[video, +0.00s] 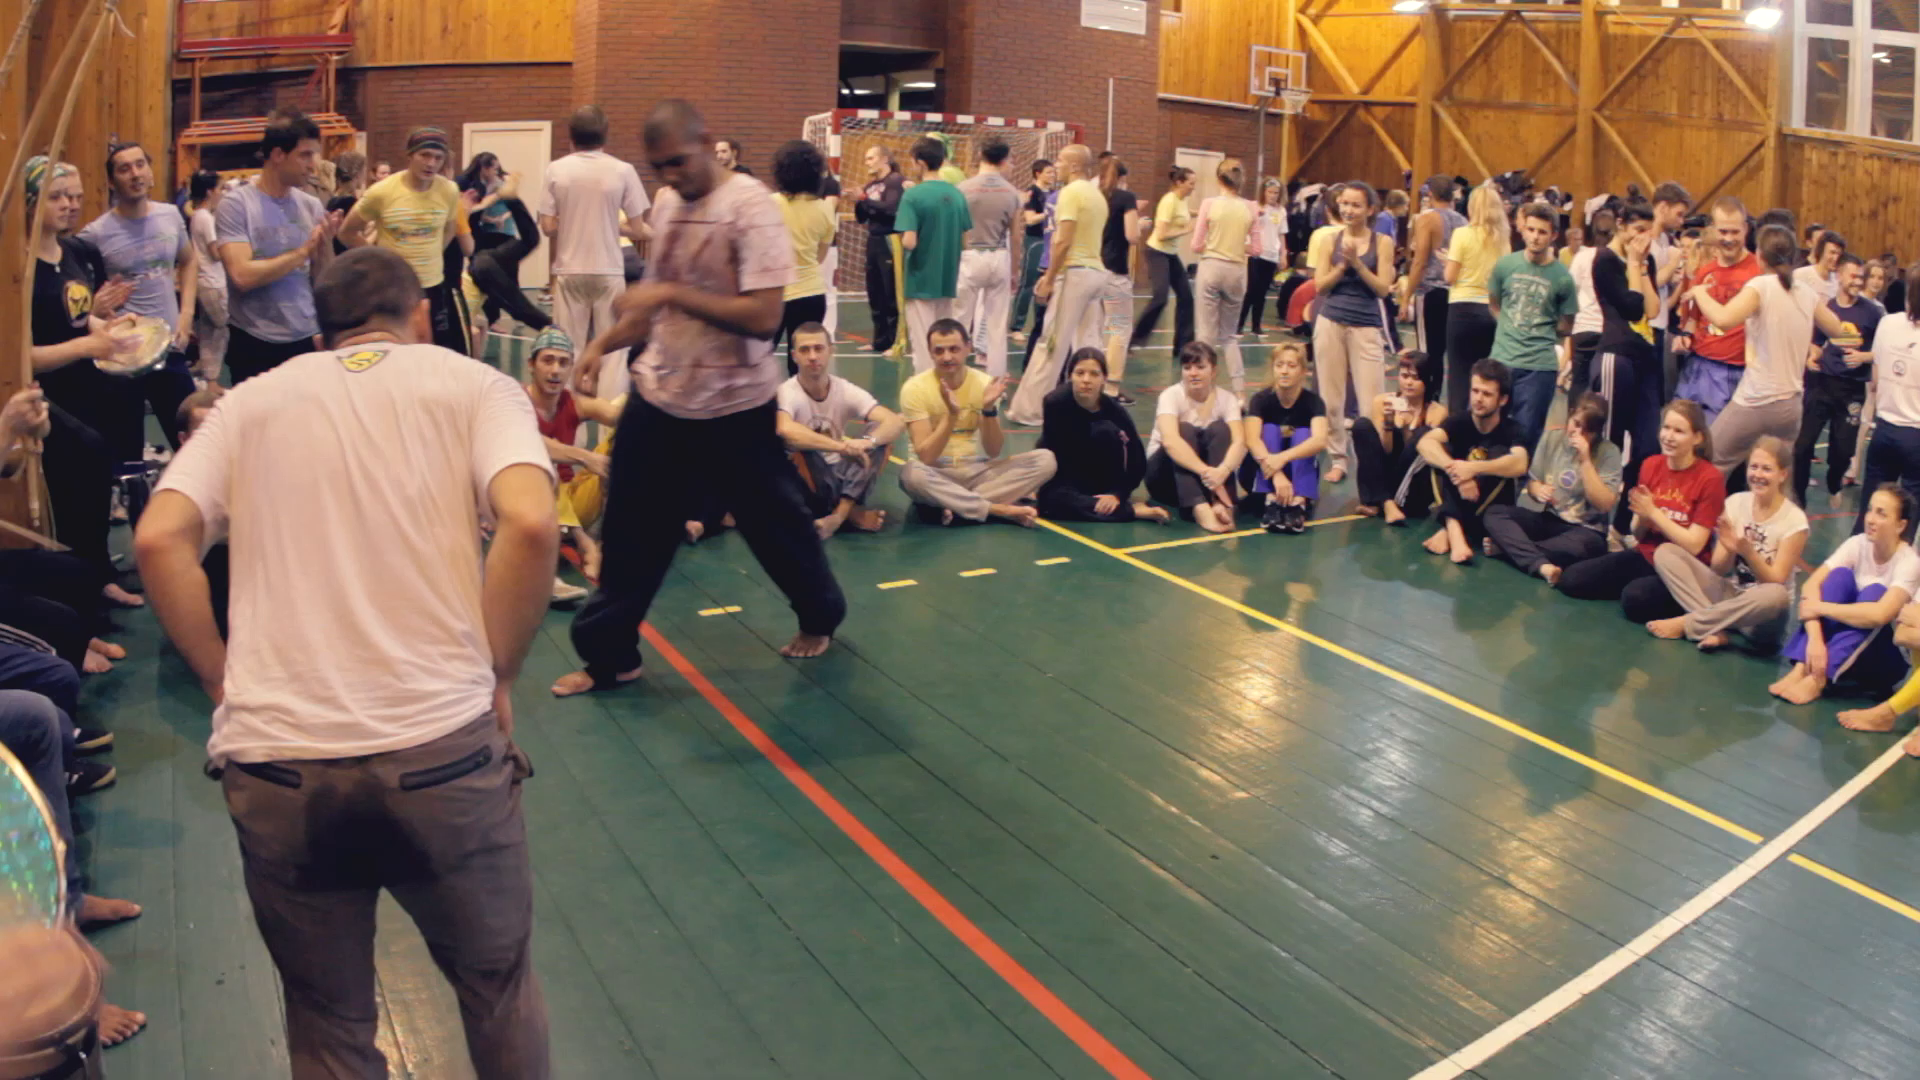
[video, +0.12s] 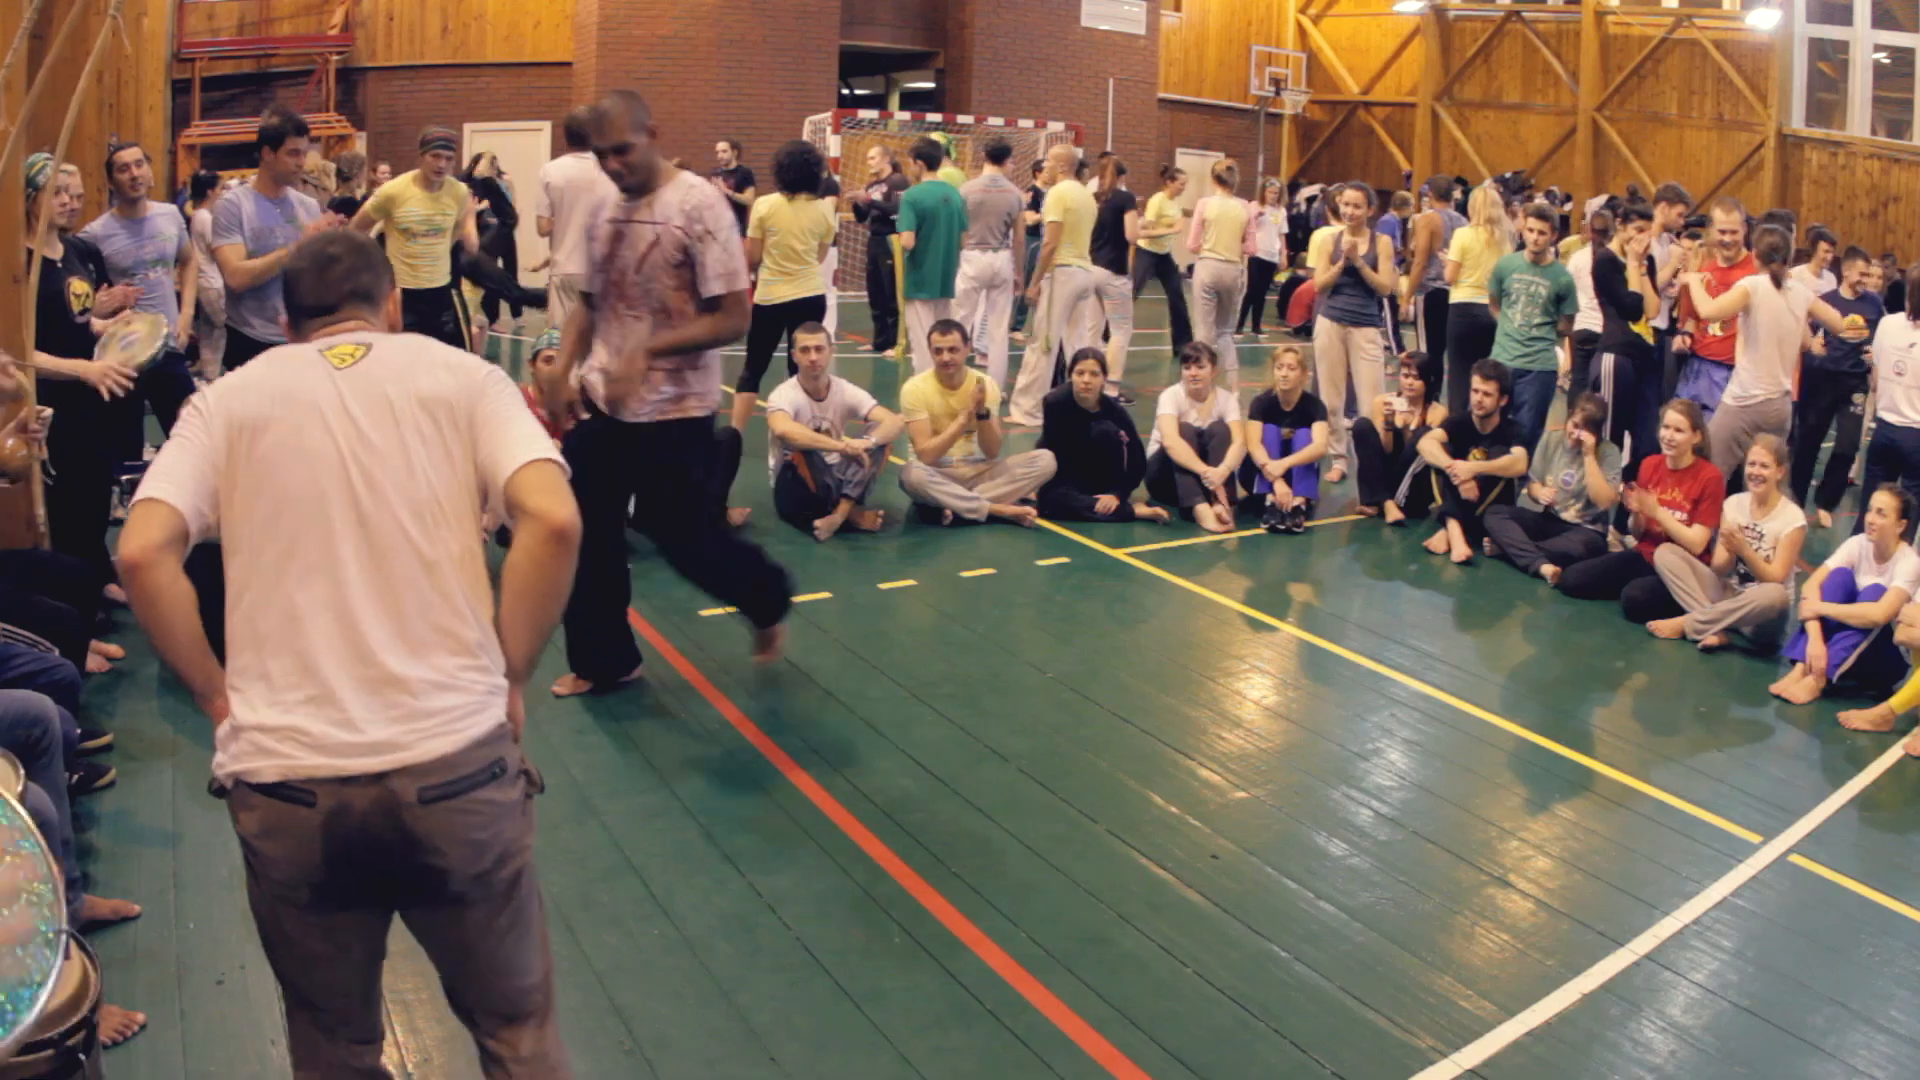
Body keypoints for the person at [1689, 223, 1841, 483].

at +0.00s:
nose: (1755, 255)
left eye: (1756, 250)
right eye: (1757, 250)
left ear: (1760, 256)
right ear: (1792, 256)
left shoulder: (1760, 287)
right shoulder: (1805, 292)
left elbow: (1724, 319)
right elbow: (1835, 329)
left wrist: (1698, 292)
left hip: (1754, 402)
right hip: (1791, 403)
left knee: (1707, 466)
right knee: (1782, 482)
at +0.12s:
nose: (1751, 253)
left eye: (1752, 249)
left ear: (1755, 255)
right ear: (1787, 256)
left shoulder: (1751, 287)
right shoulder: (1800, 292)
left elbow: (1707, 311)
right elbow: (1837, 323)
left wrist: (1694, 281)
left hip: (1743, 401)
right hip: (1781, 402)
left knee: (1711, 479)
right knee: (1773, 485)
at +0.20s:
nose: (1741, 248)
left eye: (1744, 245)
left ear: (1749, 254)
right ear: (1782, 256)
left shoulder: (1744, 286)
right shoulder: (1796, 292)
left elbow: (1701, 306)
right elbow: (1836, 333)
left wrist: (1693, 273)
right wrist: (1803, 336)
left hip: (1737, 399)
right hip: (1775, 401)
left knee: (1708, 476)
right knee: (1762, 486)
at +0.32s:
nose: (1737, 248)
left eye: (1740, 244)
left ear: (1745, 254)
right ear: (1778, 255)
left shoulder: (1740, 282)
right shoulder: (1791, 293)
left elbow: (1693, 289)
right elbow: (1829, 337)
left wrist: (1700, 249)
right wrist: (1835, 337)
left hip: (1728, 398)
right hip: (1766, 399)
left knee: (1710, 479)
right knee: (1754, 485)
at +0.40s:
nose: (1736, 248)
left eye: (1737, 244)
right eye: (1736, 244)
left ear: (1742, 251)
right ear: (1772, 253)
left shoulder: (1737, 278)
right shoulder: (1787, 293)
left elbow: (1690, 281)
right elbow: (1823, 340)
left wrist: (1714, 247)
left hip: (1724, 395)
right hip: (1762, 398)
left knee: (1705, 475)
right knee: (1747, 481)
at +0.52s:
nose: (1731, 253)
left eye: (1733, 248)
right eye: (1731, 247)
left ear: (1739, 252)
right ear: (1769, 255)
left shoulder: (1734, 278)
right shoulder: (1785, 295)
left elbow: (1685, 283)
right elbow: (1813, 343)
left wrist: (1709, 245)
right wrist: (1782, 385)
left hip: (1720, 397)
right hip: (1757, 402)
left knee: (1699, 477)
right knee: (1741, 483)